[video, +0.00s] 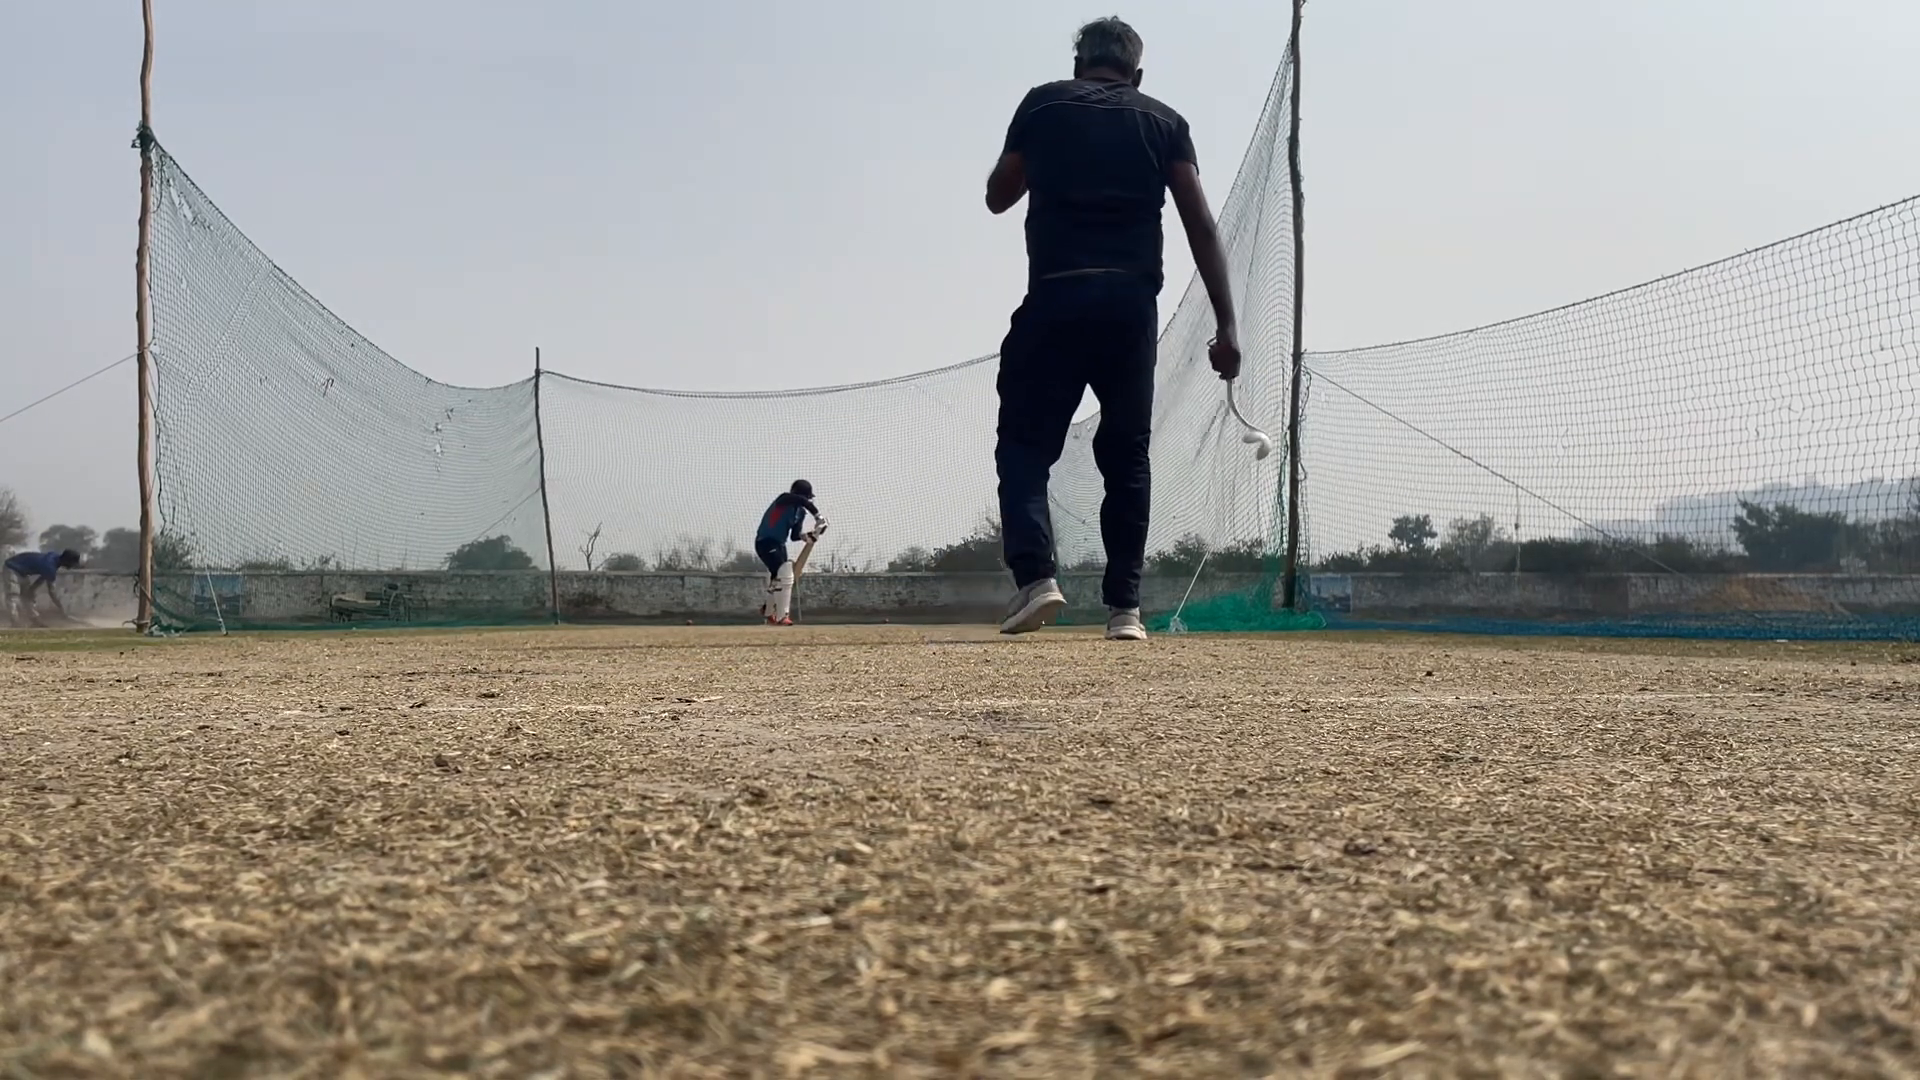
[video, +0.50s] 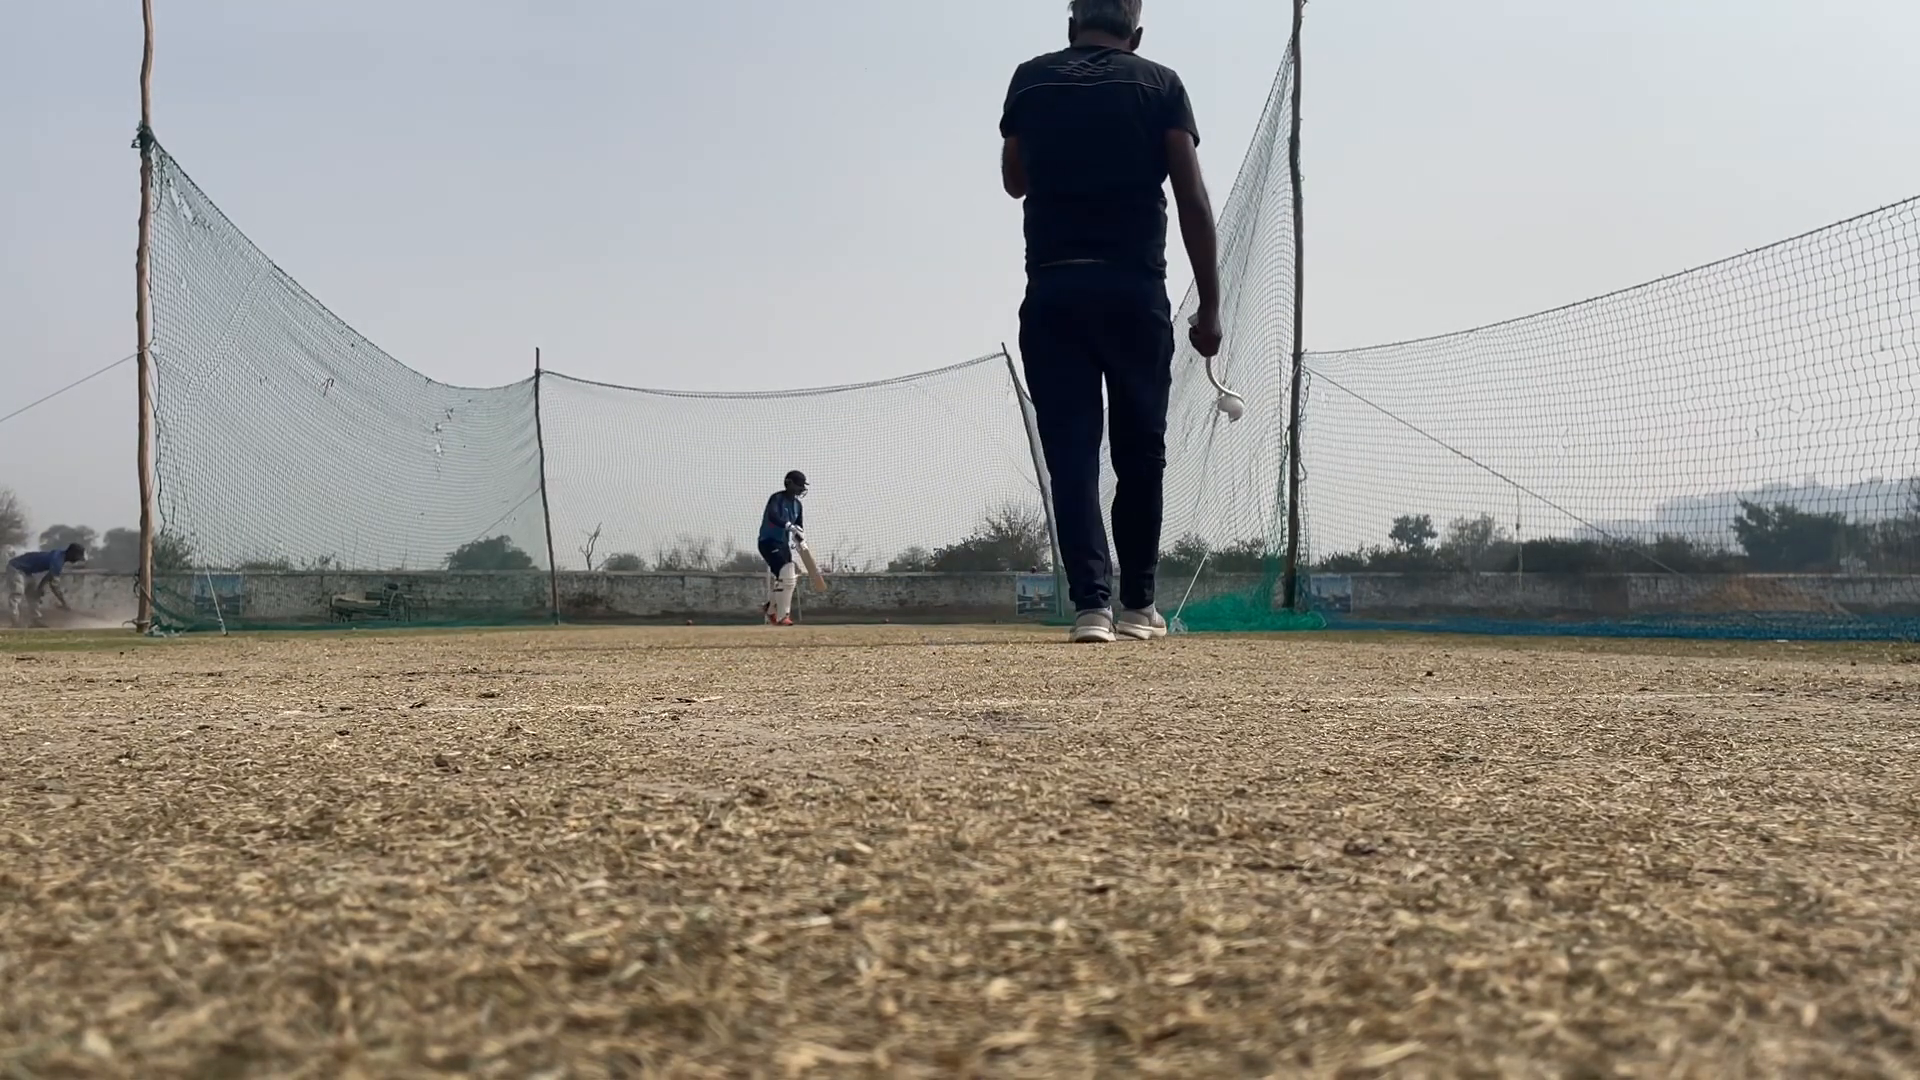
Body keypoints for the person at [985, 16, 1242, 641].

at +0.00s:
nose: (1133, 79)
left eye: (1088, 66)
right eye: (1137, 72)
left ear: (1076, 63)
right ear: (1136, 71)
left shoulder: (1042, 103)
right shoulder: (1162, 120)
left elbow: (998, 197)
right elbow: (1201, 226)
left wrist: (1044, 146)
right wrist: (1227, 328)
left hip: (1052, 304)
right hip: (1130, 310)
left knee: (1024, 445)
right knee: (1127, 453)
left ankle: (1037, 581)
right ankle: (1124, 610)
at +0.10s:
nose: (1145, 71)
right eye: (1146, 64)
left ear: (1083, 56)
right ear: (1144, 64)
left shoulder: (1045, 99)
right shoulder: (1166, 115)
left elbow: (1010, 193)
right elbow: (1201, 223)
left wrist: (1057, 148)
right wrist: (1229, 328)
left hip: (1054, 306)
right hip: (1132, 309)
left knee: (1043, 445)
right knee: (1130, 455)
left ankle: (1067, 567)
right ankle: (1125, 611)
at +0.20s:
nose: (1148, 63)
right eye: (1149, 55)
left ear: (1084, 49)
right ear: (1145, 55)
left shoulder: (1044, 95)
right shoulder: (1167, 110)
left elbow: (1016, 189)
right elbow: (1199, 223)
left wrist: (1062, 144)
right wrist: (1223, 320)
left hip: (1056, 305)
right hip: (1133, 305)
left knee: (1063, 446)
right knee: (1133, 456)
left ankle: (1076, 577)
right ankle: (1124, 611)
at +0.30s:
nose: (1142, 60)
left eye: (1091, 43)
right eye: (1144, 51)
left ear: (1081, 43)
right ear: (1142, 52)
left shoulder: (1040, 91)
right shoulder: (1164, 102)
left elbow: (1015, 186)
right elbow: (1196, 217)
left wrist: (1063, 140)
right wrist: (1215, 314)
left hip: (1056, 303)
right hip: (1134, 304)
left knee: (1069, 445)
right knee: (1134, 451)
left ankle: (1090, 598)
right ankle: (1125, 611)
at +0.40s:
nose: (1136, 45)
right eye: (1138, 37)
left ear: (1076, 34)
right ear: (1137, 40)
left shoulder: (1034, 85)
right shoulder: (1161, 92)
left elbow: (1015, 185)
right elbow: (1194, 211)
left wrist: (1064, 138)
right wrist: (1209, 305)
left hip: (1053, 301)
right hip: (1134, 302)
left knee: (1071, 450)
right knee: (1135, 450)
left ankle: (1092, 610)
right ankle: (1128, 610)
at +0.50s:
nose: (1137, 29)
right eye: (1137, 23)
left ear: (1073, 25)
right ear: (1134, 31)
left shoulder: (1031, 76)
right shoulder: (1158, 82)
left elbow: (1015, 181)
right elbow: (1194, 203)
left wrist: (1067, 138)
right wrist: (1209, 304)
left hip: (1052, 295)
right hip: (1135, 295)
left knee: (1070, 453)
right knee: (1141, 450)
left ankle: (1091, 611)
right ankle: (1136, 608)